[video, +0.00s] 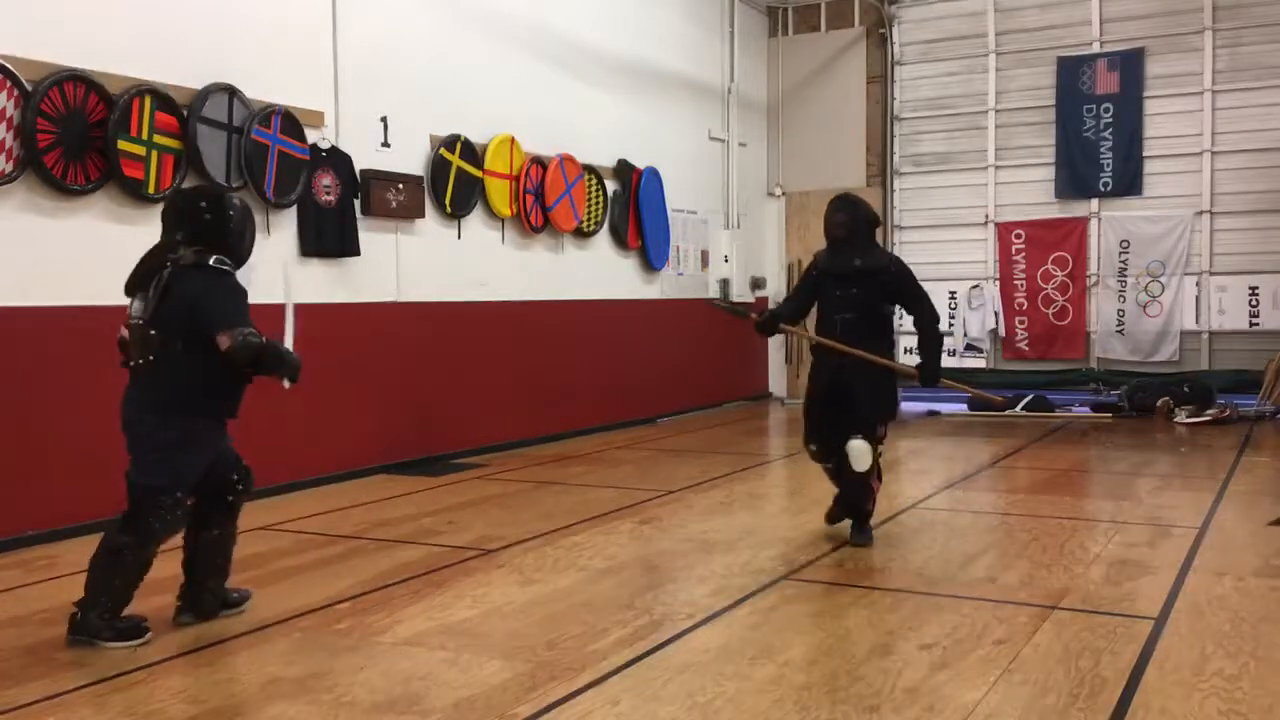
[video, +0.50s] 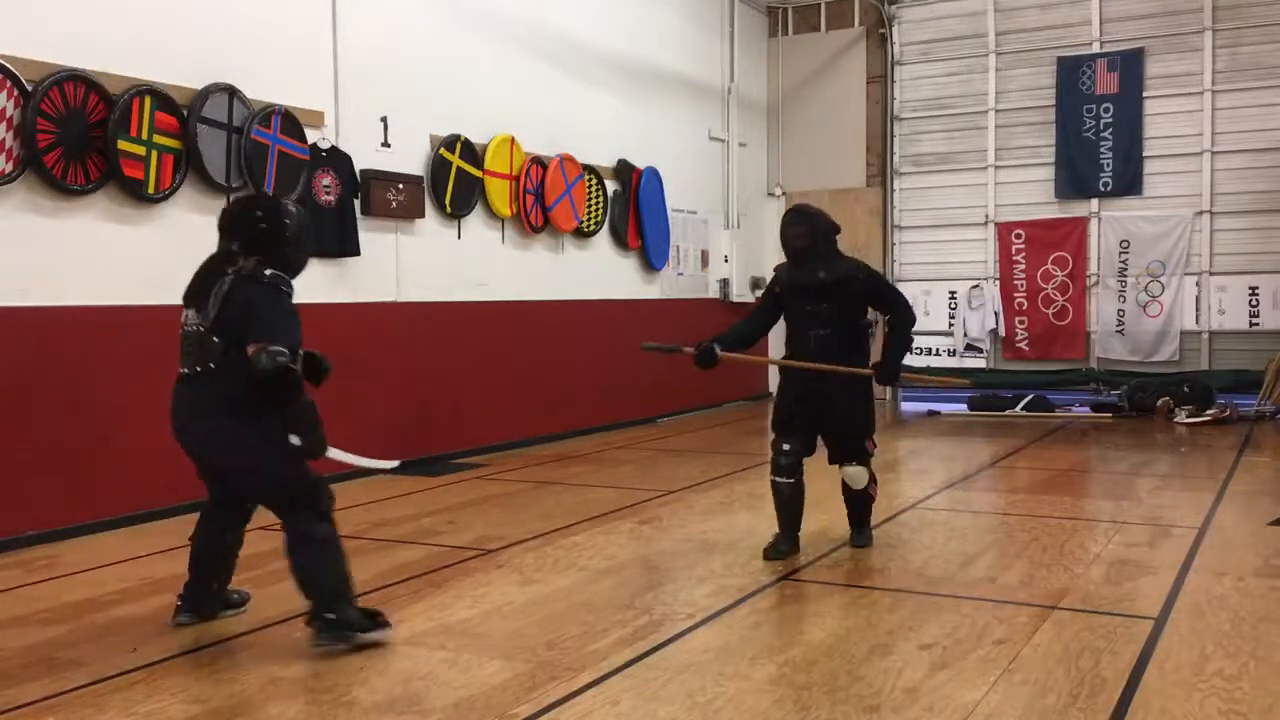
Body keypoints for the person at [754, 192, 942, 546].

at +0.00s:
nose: (831, 222)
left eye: (839, 215)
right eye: (830, 216)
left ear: (859, 221)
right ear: (827, 221)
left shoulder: (886, 266)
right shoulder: (823, 263)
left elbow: (925, 313)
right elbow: (799, 300)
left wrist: (929, 363)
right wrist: (774, 317)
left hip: (871, 366)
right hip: (827, 365)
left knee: (861, 443)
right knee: (819, 443)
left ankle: (861, 521)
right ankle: (850, 490)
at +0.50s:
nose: (792, 245)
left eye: (798, 237)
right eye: (788, 238)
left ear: (817, 236)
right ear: (785, 239)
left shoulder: (854, 274)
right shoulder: (786, 279)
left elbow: (903, 312)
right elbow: (757, 322)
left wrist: (891, 363)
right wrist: (718, 345)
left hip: (846, 385)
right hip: (798, 385)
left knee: (854, 466)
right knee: (785, 460)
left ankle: (860, 526)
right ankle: (788, 536)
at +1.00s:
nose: (809, 244)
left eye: (816, 237)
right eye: (803, 238)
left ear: (836, 237)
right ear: (796, 240)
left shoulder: (864, 278)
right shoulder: (793, 282)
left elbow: (915, 314)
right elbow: (769, 329)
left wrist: (936, 363)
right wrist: (743, 365)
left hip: (852, 389)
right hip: (801, 390)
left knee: (856, 470)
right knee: (786, 462)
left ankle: (857, 534)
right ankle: (780, 539)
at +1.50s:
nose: (772, 235)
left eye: (780, 226)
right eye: (764, 227)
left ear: (798, 227)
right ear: (754, 229)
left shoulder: (825, 271)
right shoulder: (747, 272)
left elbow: (868, 314)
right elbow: (724, 317)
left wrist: (886, 363)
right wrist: (707, 355)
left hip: (811, 386)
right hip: (759, 386)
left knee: (821, 478)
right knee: (753, 470)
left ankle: (807, 537)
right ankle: (747, 555)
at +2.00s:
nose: (775, 245)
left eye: (783, 237)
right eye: (767, 237)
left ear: (801, 239)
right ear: (756, 241)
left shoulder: (823, 285)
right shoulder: (746, 287)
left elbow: (862, 332)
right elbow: (728, 334)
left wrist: (886, 382)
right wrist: (717, 370)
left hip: (813, 402)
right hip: (760, 401)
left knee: (826, 495)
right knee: (752, 484)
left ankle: (806, 552)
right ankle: (742, 565)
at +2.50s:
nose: (737, 251)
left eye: (745, 241)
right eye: (728, 242)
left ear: (764, 240)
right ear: (716, 243)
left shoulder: (790, 285)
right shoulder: (707, 287)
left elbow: (823, 338)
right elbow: (686, 341)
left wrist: (842, 390)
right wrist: (676, 382)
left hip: (776, 407)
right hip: (719, 406)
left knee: (802, 502)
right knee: (716, 494)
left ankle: (776, 546)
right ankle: (698, 597)